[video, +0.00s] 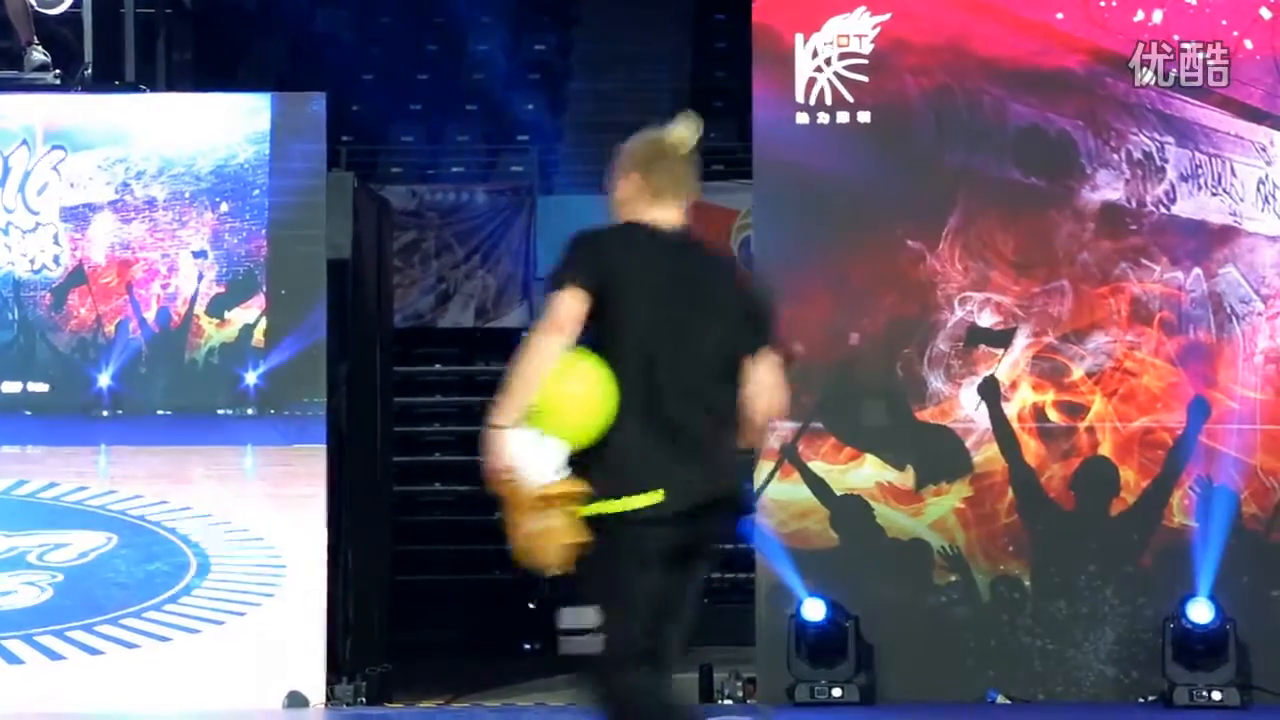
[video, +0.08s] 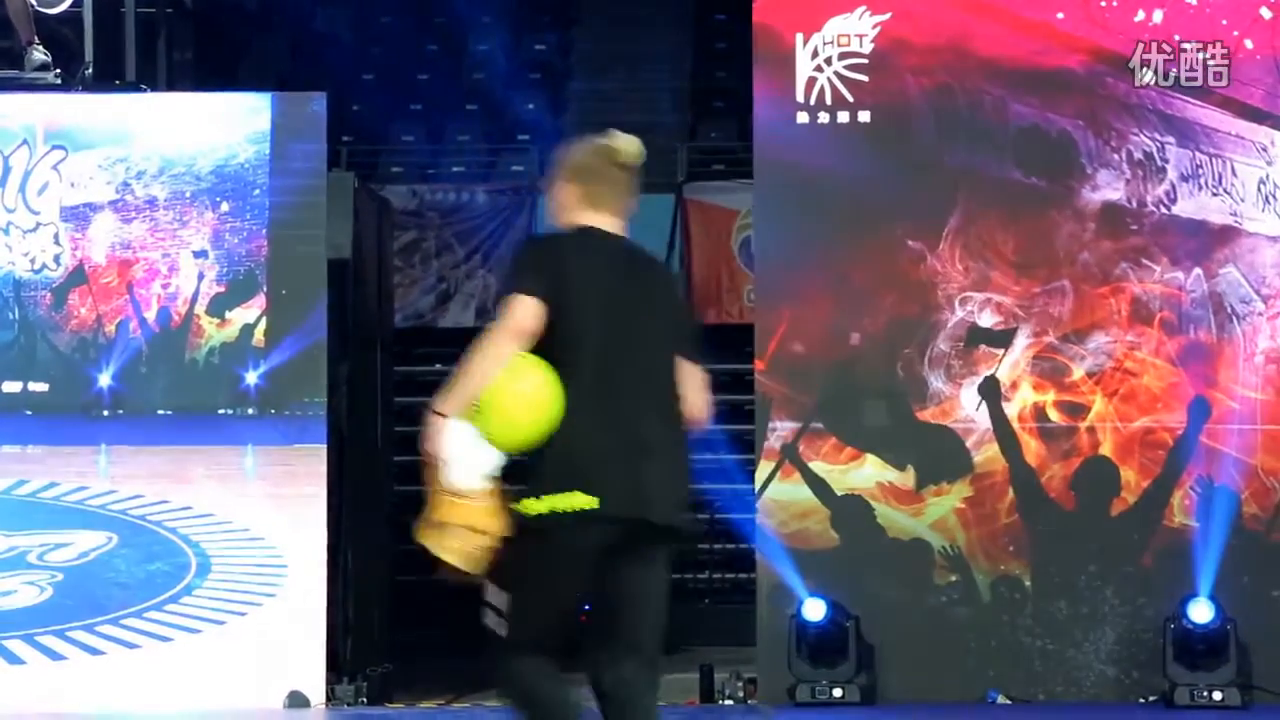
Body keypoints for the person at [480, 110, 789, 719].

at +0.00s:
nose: (611, 192)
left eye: (616, 181)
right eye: (616, 179)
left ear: (629, 185)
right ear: (687, 198)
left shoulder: (601, 250)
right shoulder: (728, 276)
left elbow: (556, 334)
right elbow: (767, 396)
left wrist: (503, 422)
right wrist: (738, 445)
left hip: (628, 489)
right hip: (711, 488)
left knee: (624, 666)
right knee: (654, 664)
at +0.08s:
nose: (549, 196)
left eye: (554, 186)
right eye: (554, 185)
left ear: (566, 191)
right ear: (627, 205)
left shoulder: (548, 254)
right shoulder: (660, 280)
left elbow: (516, 329)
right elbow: (695, 406)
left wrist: (445, 410)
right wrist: (623, 415)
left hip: (566, 495)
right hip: (652, 500)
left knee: (524, 654)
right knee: (627, 667)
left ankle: (572, 710)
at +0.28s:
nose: (381, 190)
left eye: (383, 176)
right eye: (383, 177)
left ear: (402, 171)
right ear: (455, 173)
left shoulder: (404, 242)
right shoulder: (510, 248)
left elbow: (378, 323)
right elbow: (557, 356)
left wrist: (303, 401)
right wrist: (517, 422)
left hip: (417, 466)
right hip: (501, 462)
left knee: (398, 616)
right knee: (508, 610)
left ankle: (378, 711)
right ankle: (571, 707)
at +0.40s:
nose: (298, 230)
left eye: (301, 218)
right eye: (299, 218)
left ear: (317, 218)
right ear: (367, 217)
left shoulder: (314, 285)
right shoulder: (427, 284)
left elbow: (291, 368)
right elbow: (493, 368)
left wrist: (227, 428)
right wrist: (473, 431)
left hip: (353, 497)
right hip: (432, 496)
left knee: (324, 656)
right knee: (408, 655)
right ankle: (470, 707)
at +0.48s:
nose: (259, 228)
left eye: (260, 215)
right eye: (260, 215)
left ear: (273, 212)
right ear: (321, 207)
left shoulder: (267, 280)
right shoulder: (380, 273)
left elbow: (224, 363)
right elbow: (436, 353)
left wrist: (180, 421)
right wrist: (435, 412)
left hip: (309, 483)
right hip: (384, 480)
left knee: (307, 634)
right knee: (362, 629)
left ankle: (324, 713)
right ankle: (368, 709)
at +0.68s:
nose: (165, 216)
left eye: (165, 206)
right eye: (168, 206)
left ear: (174, 206)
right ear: (223, 203)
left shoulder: (151, 272)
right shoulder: (281, 272)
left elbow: (85, 355)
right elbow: (326, 380)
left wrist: (64, 424)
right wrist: (309, 428)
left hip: (190, 464)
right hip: (261, 462)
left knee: (215, 613)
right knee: (229, 616)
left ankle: (278, 705)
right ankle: (207, 716)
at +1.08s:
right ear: (11, 238)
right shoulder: (53, 293)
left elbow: (99, 384)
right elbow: (101, 385)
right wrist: (58, 419)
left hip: (7, 488)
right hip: (59, 481)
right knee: (60, 604)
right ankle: (128, 697)